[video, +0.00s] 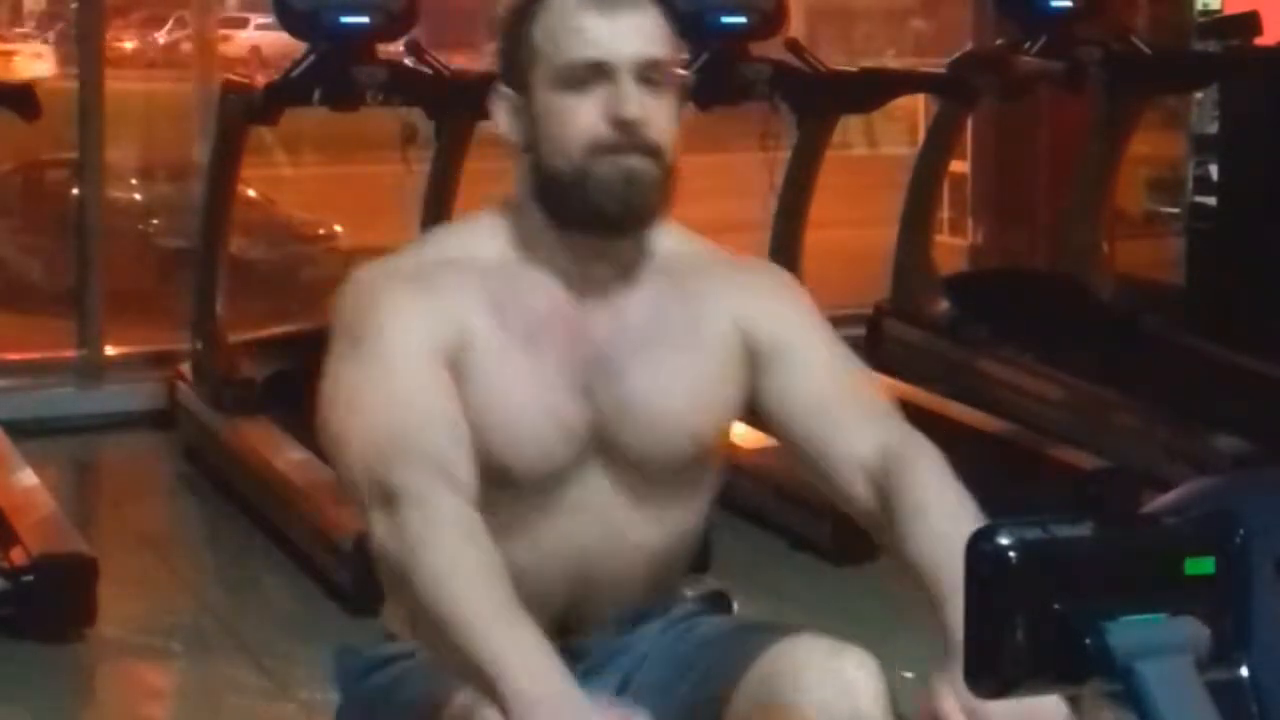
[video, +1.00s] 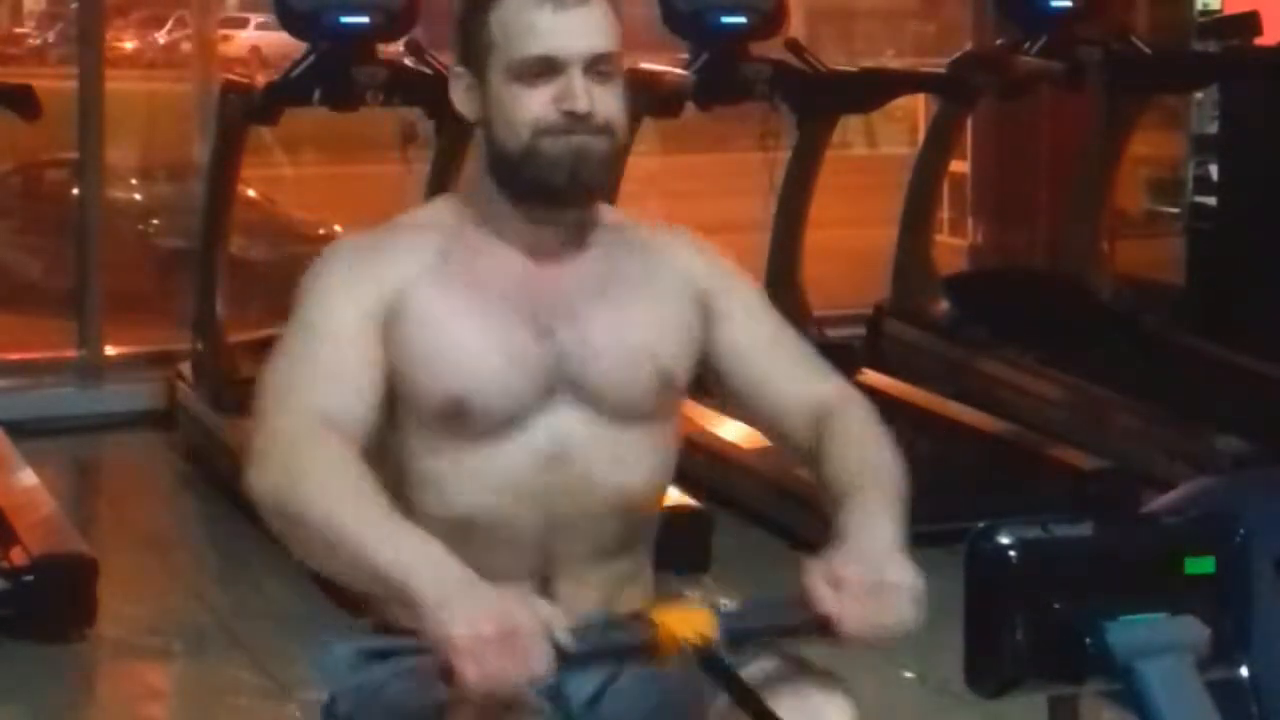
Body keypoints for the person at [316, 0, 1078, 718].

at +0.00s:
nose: (627, 113)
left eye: (654, 81)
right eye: (583, 82)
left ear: (683, 106)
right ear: (511, 113)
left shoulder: (746, 299)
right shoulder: (404, 301)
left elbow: (889, 467)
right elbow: (419, 513)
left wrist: (1004, 652)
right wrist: (550, 698)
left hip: (655, 641)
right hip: (455, 652)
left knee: (836, 682)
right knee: (492, 715)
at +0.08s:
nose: (594, 95)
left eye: (615, 66)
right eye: (551, 67)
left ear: (645, 88)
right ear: (480, 96)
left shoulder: (716, 279)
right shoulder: (386, 279)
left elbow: (850, 431)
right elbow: (393, 472)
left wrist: (936, 593)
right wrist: (510, 638)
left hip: (640, 629)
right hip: (430, 642)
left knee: (829, 685)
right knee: (522, 704)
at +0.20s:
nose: (550, 79)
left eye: (573, 52)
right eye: (510, 54)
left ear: (603, 75)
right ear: (442, 80)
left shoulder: (672, 252)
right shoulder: (356, 259)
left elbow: (802, 399)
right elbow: (344, 430)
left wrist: (878, 537)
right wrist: (464, 575)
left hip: (614, 627)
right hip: (419, 632)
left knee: (775, 700)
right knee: (494, 710)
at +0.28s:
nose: (527, 81)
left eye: (550, 53)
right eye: (488, 55)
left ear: (579, 71)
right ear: (422, 76)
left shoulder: (647, 245)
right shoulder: (341, 255)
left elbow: (772, 392)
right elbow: (307, 420)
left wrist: (834, 515)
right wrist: (432, 553)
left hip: (601, 622)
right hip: (415, 624)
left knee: (752, 699)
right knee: (459, 696)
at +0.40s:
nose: (495, 113)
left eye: (515, 86)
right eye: (459, 87)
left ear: (539, 100)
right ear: (395, 100)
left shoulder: (593, 250)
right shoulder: (314, 257)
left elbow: (711, 398)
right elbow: (205, 441)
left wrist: (735, 463)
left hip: (579, 621)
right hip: (401, 630)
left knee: (692, 712)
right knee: (410, 708)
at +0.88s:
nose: (541, 103)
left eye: (563, 75)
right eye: (504, 76)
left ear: (590, 90)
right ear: (434, 91)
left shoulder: (637, 262)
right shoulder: (342, 260)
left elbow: (775, 405)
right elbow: (225, 442)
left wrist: (791, 498)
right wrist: (381, 547)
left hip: (614, 623)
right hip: (426, 641)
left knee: (794, 710)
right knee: (492, 718)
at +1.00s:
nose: (579, 100)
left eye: (602, 73)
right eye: (539, 74)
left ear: (625, 91)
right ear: (468, 93)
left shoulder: (681, 272)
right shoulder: (371, 274)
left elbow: (831, 415)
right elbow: (292, 460)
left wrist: (871, 537)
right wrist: (450, 593)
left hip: (631, 647)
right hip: (434, 653)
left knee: (817, 706)